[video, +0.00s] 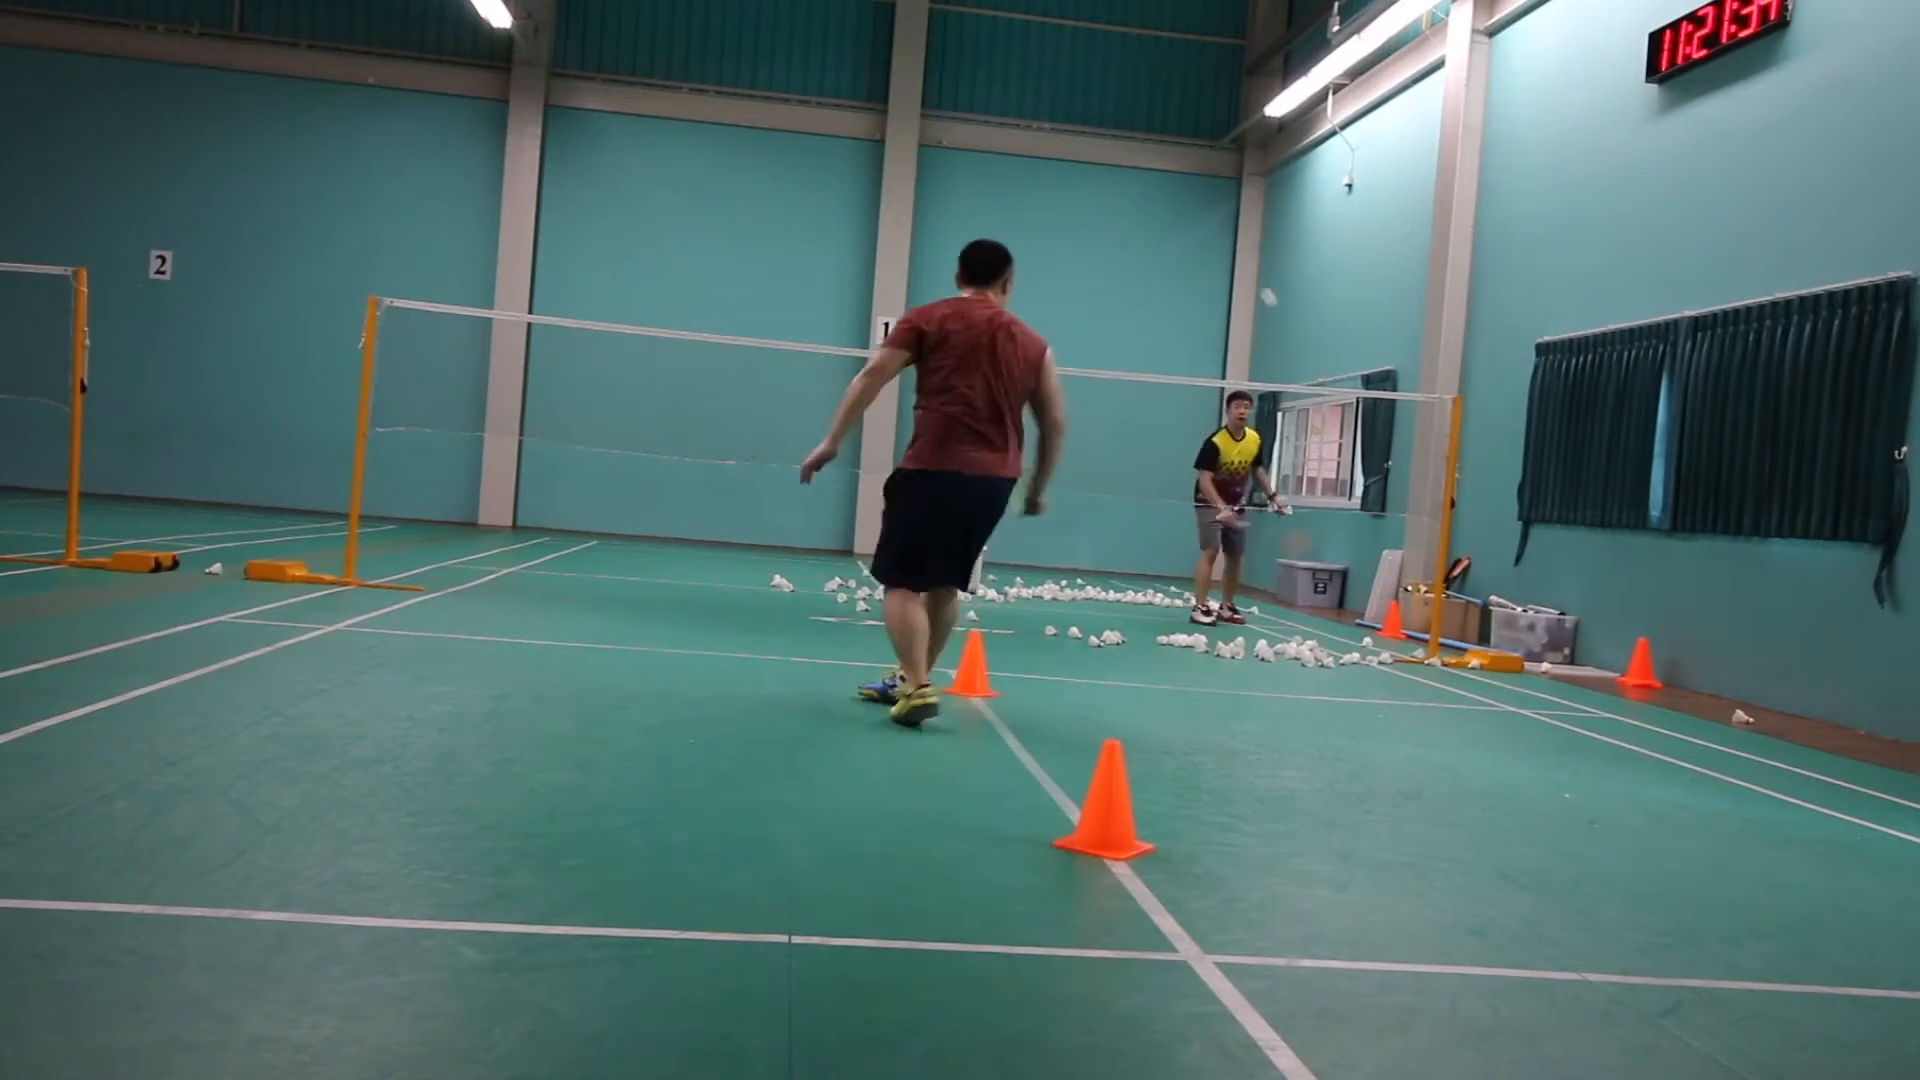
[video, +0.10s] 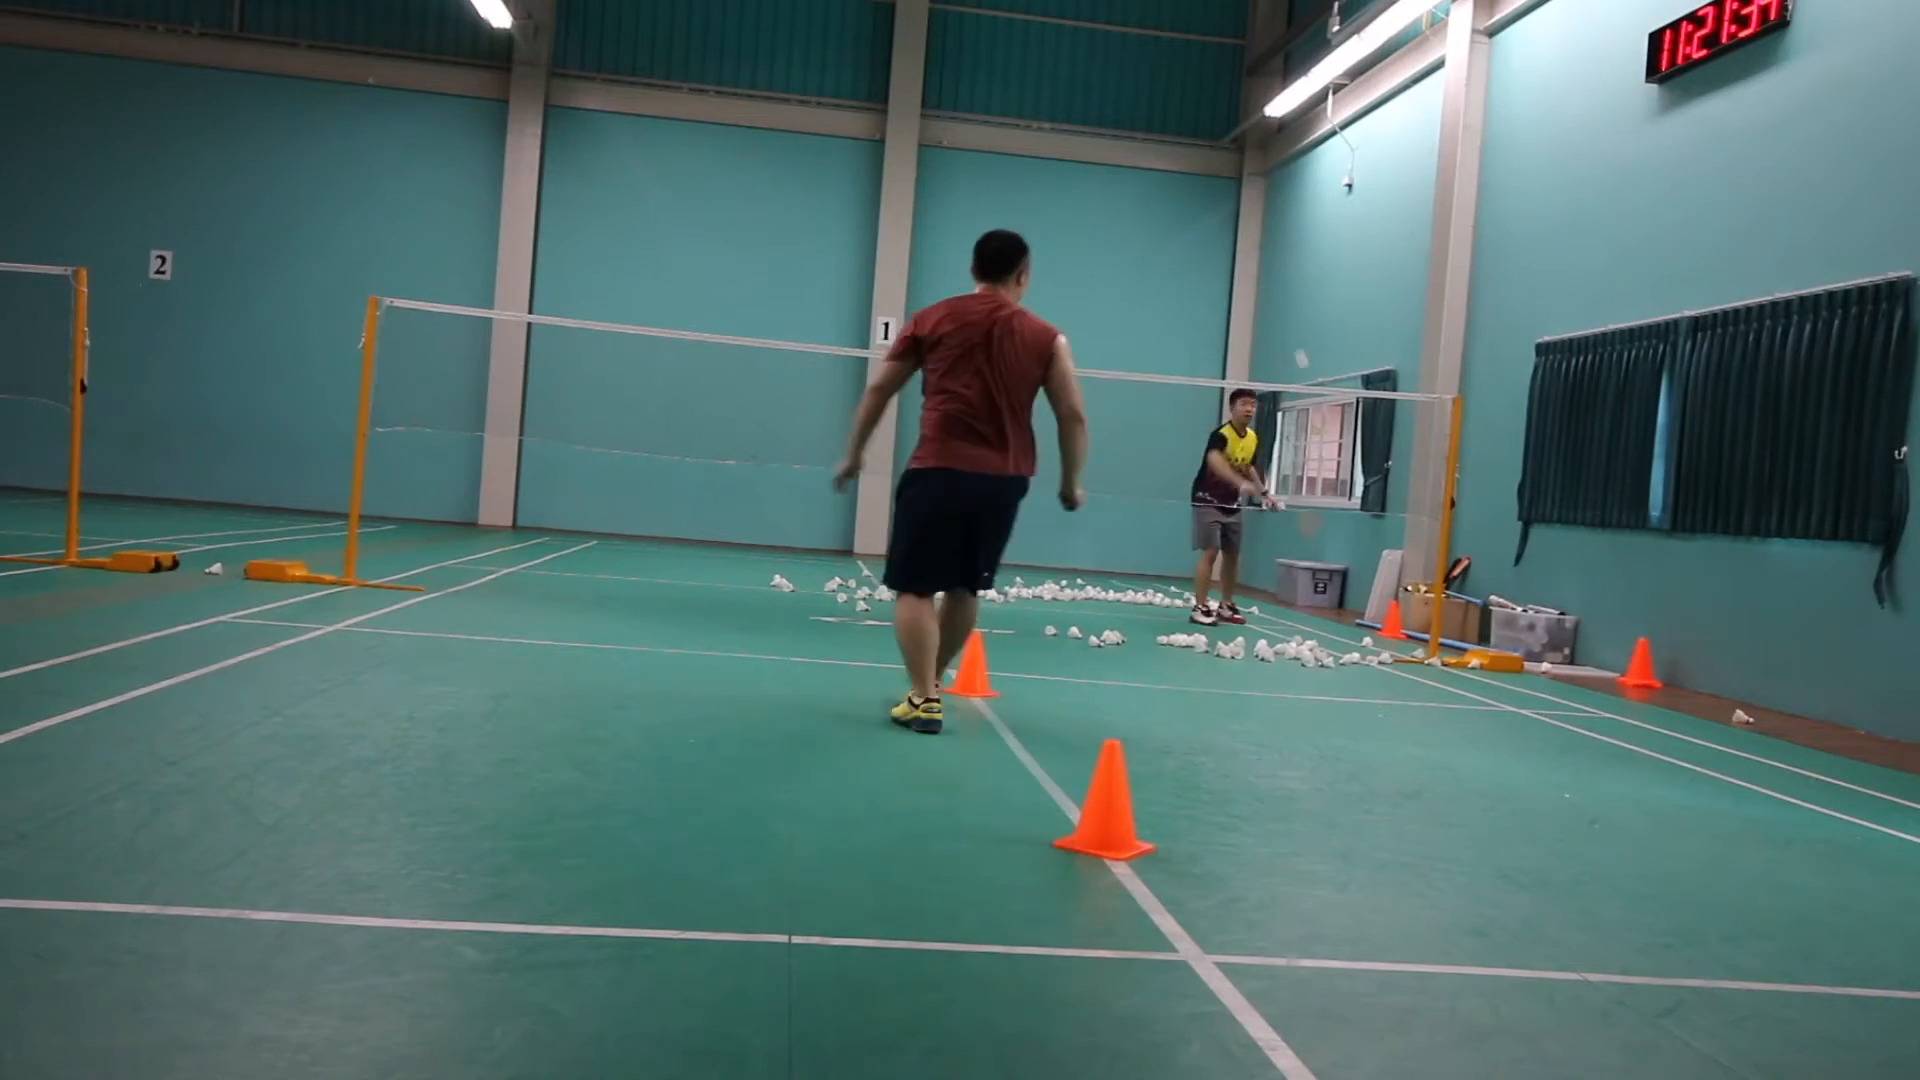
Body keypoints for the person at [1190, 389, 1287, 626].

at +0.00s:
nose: (1242, 412)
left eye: (1246, 408)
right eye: (1237, 407)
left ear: (1250, 412)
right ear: (1228, 411)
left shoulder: (1255, 439)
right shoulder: (1214, 442)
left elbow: (1257, 469)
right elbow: (1204, 480)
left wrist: (1272, 496)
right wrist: (1222, 507)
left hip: (1236, 504)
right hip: (1210, 503)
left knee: (1234, 556)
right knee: (1211, 552)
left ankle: (1227, 605)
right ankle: (1200, 605)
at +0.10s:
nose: (1249, 409)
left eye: (1252, 405)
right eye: (1243, 404)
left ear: (1255, 410)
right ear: (1232, 408)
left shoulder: (1252, 438)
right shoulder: (1221, 435)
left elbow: (1249, 467)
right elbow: (1215, 462)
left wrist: (1263, 493)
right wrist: (1241, 483)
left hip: (1233, 502)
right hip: (1209, 500)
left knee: (1232, 553)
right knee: (1211, 551)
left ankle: (1227, 604)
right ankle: (1201, 605)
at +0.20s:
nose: (1255, 409)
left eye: (1258, 404)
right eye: (1250, 403)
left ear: (1260, 409)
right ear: (1237, 406)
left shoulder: (1249, 436)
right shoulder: (1225, 427)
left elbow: (1237, 472)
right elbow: (1232, 424)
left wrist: (1251, 492)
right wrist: (1249, 414)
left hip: (1229, 501)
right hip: (1208, 499)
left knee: (1231, 552)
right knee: (1211, 551)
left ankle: (1225, 603)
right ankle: (1201, 606)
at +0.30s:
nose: (1258, 405)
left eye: (1261, 401)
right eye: (1253, 400)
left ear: (1262, 409)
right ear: (1242, 404)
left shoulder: (1249, 434)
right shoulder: (1228, 426)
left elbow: (1240, 467)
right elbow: (1233, 408)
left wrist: (1240, 491)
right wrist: (1245, 386)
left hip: (1230, 498)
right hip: (1209, 496)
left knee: (1230, 551)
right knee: (1213, 551)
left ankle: (1223, 601)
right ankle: (1200, 605)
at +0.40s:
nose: (1257, 403)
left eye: (1261, 400)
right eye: (1252, 398)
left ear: (1262, 408)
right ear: (1242, 402)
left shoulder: (1250, 434)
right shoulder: (1228, 424)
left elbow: (1247, 468)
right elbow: (1224, 412)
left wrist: (1245, 496)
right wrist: (1242, 392)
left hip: (1234, 497)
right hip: (1214, 495)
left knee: (1225, 553)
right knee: (1213, 552)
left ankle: (1220, 603)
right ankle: (1200, 604)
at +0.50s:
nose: (1257, 406)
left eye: (1261, 403)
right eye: (1253, 401)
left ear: (1263, 410)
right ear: (1240, 403)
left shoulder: (1253, 437)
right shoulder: (1227, 432)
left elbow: (1250, 469)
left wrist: (1252, 497)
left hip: (1238, 503)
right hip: (1221, 501)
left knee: (1227, 556)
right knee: (1215, 556)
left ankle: (1220, 601)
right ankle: (1206, 603)